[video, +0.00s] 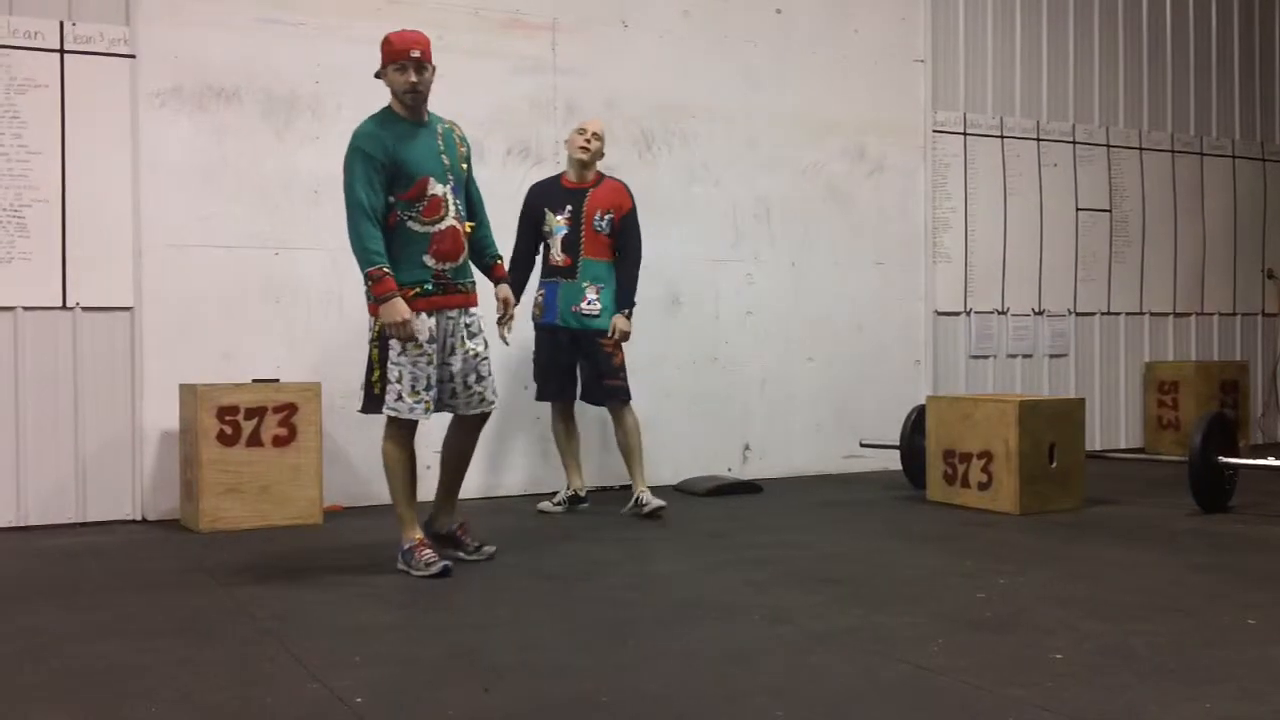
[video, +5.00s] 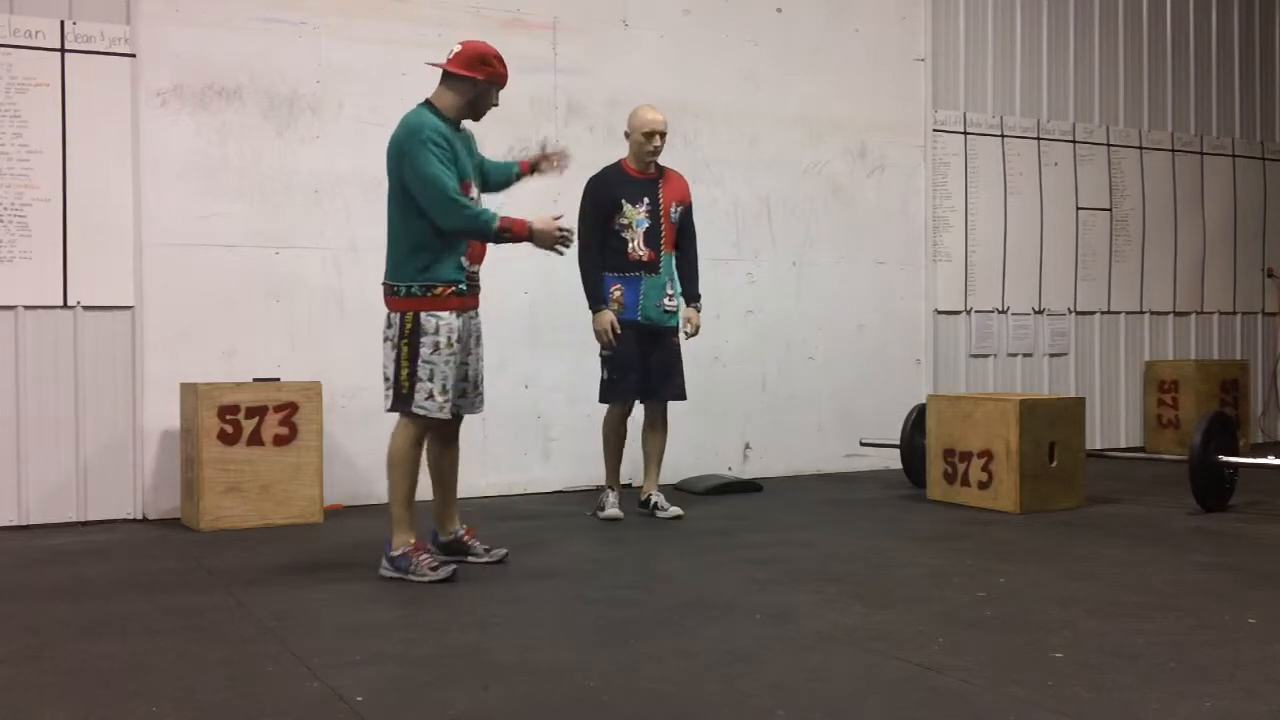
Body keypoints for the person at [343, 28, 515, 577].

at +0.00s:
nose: (413, 76)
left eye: (421, 67)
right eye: (401, 68)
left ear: (433, 73)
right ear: (384, 77)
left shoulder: (453, 137)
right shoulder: (370, 140)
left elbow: (473, 214)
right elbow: (363, 222)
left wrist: (500, 277)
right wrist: (385, 294)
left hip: (460, 300)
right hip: (406, 302)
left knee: (475, 405)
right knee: (402, 417)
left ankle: (443, 522)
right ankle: (411, 539)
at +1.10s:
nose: (491, 80)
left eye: (499, 75)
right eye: (482, 71)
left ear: (506, 85)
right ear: (459, 77)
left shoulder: (501, 150)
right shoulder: (431, 130)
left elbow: (512, 228)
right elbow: (407, 190)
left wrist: (537, 293)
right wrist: (401, 240)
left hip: (489, 302)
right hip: (441, 298)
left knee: (473, 414)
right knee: (430, 413)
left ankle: (467, 526)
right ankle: (415, 536)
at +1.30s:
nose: (500, 86)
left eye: (507, 80)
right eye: (491, 76)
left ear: (512, 89)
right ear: (468, 79)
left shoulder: (506, 151)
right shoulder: (440, 129)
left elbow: (516, 228)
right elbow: (413, 182)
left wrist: (543, 293)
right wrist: (406, 186)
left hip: (494, 300)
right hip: (448, 296)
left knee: (477, 416)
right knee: (439, 412)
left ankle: (468, 527)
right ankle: (417, 536)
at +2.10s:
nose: (488, 78)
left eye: (496, 70)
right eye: (477, 68)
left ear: (502, 78)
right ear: (455, 73)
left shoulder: (502, 145)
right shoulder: (432, 131)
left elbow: (517, 224)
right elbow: (412, 194)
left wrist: (547, 287)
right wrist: (421, 241)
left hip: (495, 301)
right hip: (448, 297)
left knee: (480, 415)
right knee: (442, 415)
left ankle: (470, 529)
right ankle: (436, 544)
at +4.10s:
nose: (505, 105)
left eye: (508, 96)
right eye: (504, 93)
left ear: (479, 83)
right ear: (481, 83)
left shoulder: (478, 144)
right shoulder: (431, 128)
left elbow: (484, 225)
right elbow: (431, 201)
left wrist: (522, 282)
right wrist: (464, 228)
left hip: (472, 298)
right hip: (440, 297)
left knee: (457, 416)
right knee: (440, 417)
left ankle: (450, 531)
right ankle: (434, 546)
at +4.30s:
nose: (506, 115)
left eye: (509, 104)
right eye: (506, 102)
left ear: (476, 86)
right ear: (487, 89)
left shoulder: (462, 139)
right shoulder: (437, 132)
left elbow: (472, 225)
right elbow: (465, 198)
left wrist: (525, 250)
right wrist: (531, 199)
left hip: (464, 294)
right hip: (444, 296)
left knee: (463, 412)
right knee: (454, 413)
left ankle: (449, 530)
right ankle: (437, 543)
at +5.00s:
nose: (495, 105)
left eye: (497, 95)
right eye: (494, 94)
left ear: (463, 83)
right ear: (472, 86)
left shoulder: (454, 132)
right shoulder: (418, 134)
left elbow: (483, 175)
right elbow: (451, 212)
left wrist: (530, 165)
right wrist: (525, 230)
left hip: (457, 296)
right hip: (422, 298)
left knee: (447, 419)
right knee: (415, 419)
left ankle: (448, 532)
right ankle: (402, 546)